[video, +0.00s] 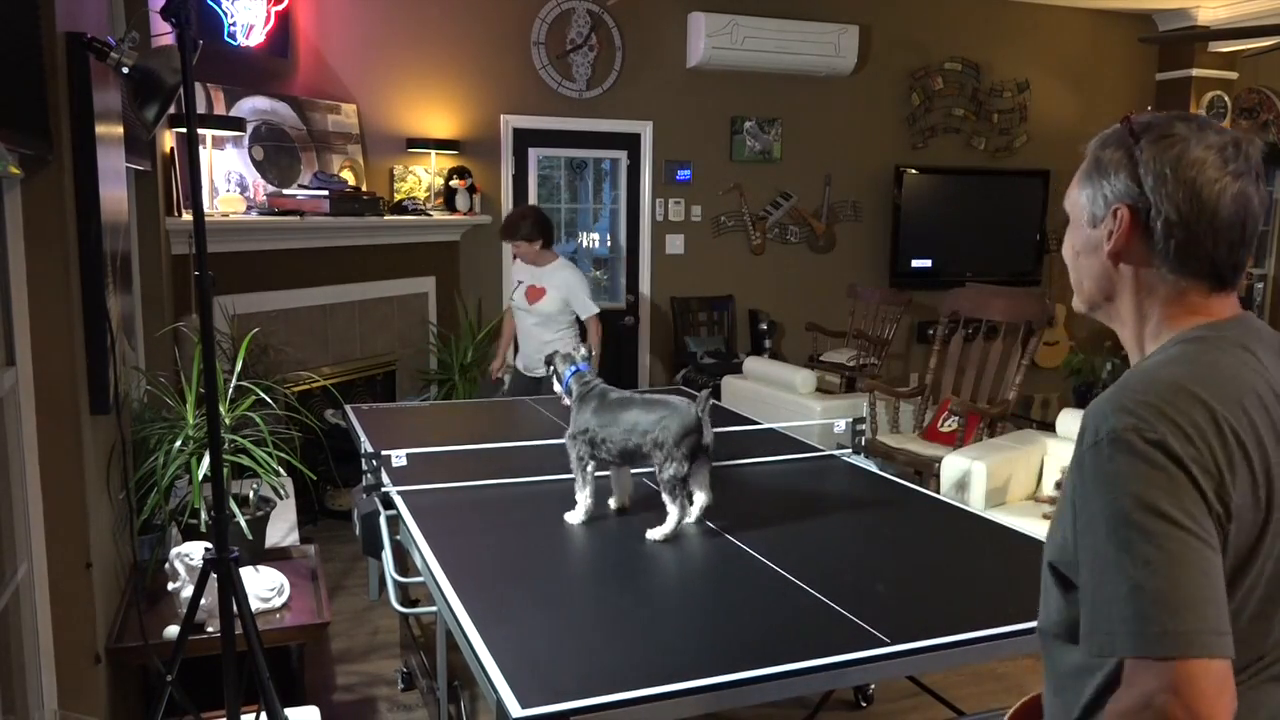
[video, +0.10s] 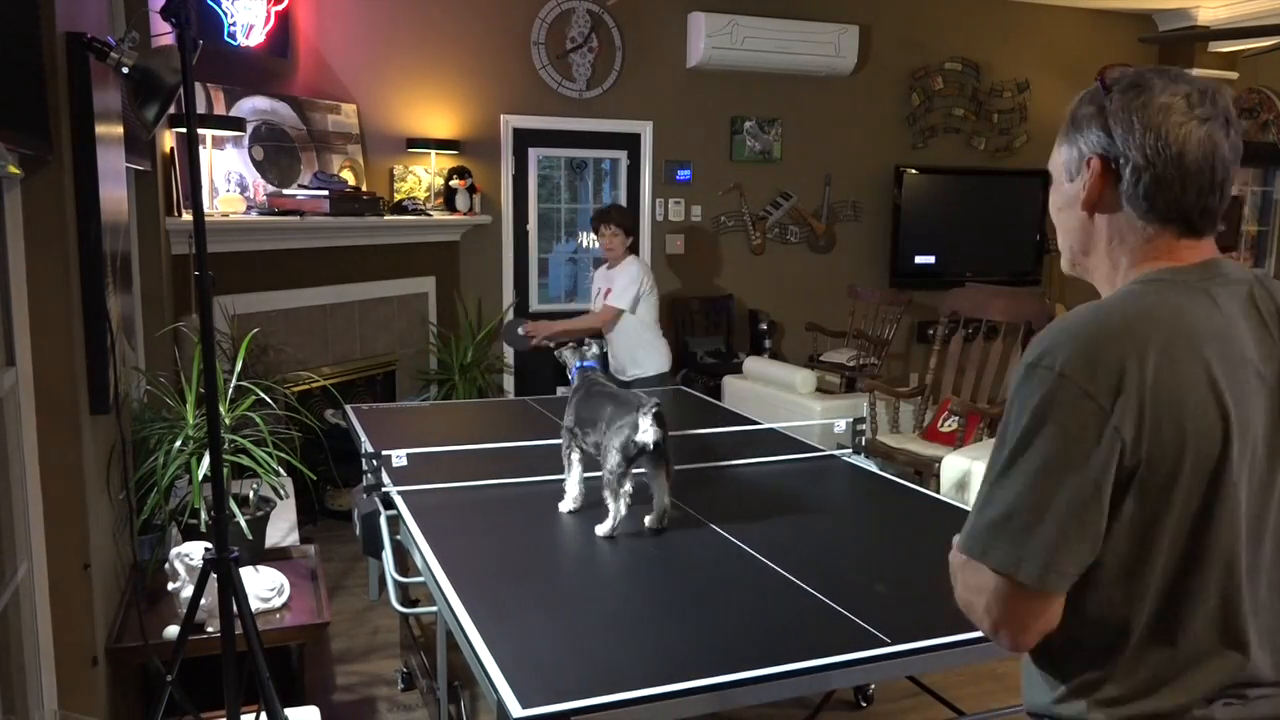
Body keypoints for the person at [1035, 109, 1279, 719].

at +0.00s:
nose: (1063, 247)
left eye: (1071, 221)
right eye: (1065, 222)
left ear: (1116, 229)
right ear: (1231, 243)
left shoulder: (1139, 420)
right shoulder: (1267, 358)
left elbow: (1185, 696)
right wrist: (1073, 688)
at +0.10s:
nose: (1051, 201)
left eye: (1054, 176)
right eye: (1050, 177)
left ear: (1095, 180)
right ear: (1211, 184)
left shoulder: (1090, 352)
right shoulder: (1266, 307)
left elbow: (1012, 618)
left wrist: (965, 555)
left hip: (1123, 704)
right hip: (1262, 690)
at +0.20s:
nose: (1060, 204)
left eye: (1063, 180)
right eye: (1058, 181)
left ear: (1104, 184)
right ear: (1215, 185)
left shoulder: (1114, 361)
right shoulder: (1265, 309)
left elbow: (1034, 629)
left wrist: (971, 558)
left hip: (1142, 703)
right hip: (1262, 689)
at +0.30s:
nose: (1071, 224)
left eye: (1074, 198)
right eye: (1070, 199)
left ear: (1115, 200)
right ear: (1221, 197)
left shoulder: (1141, 376)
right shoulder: (1266, 318)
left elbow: (1076, 648)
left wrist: (984, 590)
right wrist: (1071, 548)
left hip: (1163, 705)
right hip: (1260, 692)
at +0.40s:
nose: (1074, 235)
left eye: (1076, 210)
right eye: (1072, 211)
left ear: (1117, 212)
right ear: (1218, 211)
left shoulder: (1141, 385)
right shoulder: (1268, 331)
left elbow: (1122, 659)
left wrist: (1019, 653)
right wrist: (1099, 590)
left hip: (1183, 708)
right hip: (1264, 697)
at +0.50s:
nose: (1068, 258)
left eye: (1069, 233)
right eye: (1066, 235)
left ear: (1110, 229)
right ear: (1217, 229)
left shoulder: (1152, 392)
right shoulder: (1266, 340)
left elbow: (1148, 673)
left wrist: (1036, 709)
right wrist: (1103, 652)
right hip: (1259, 696)